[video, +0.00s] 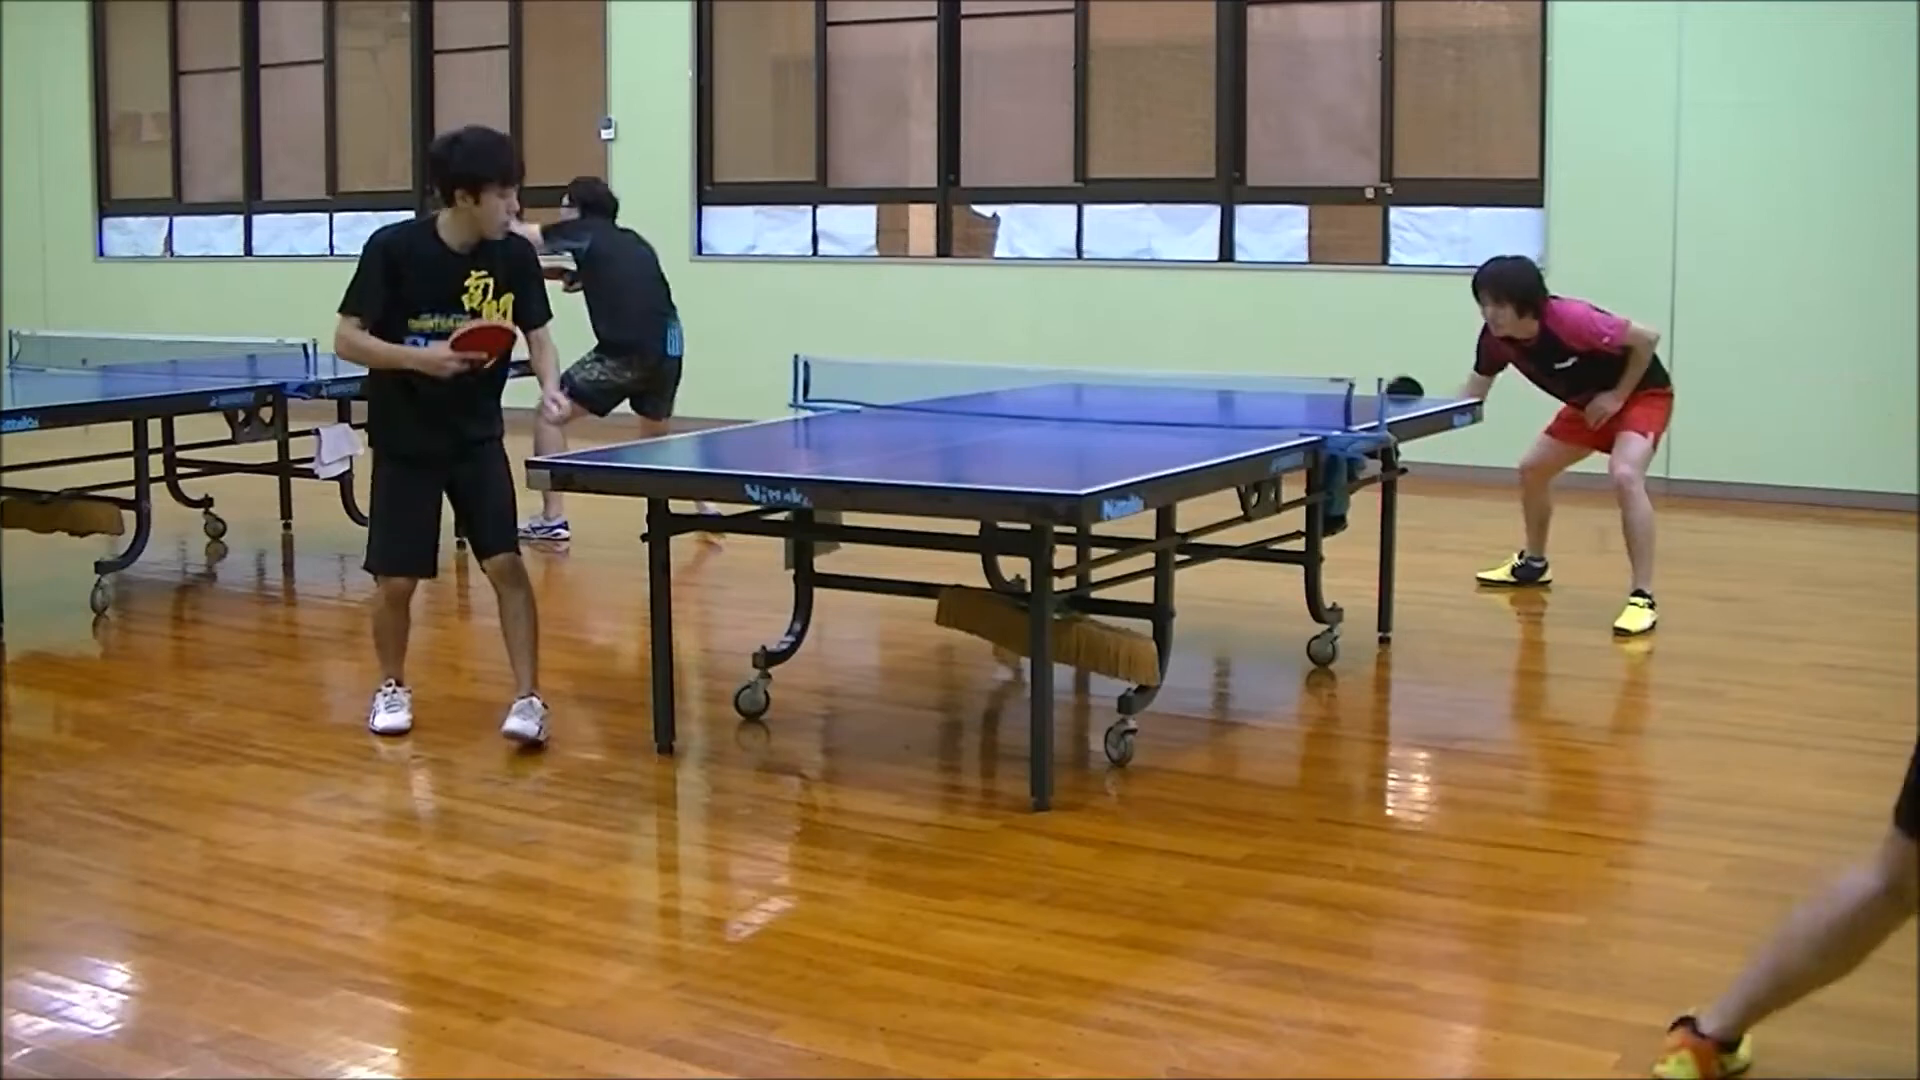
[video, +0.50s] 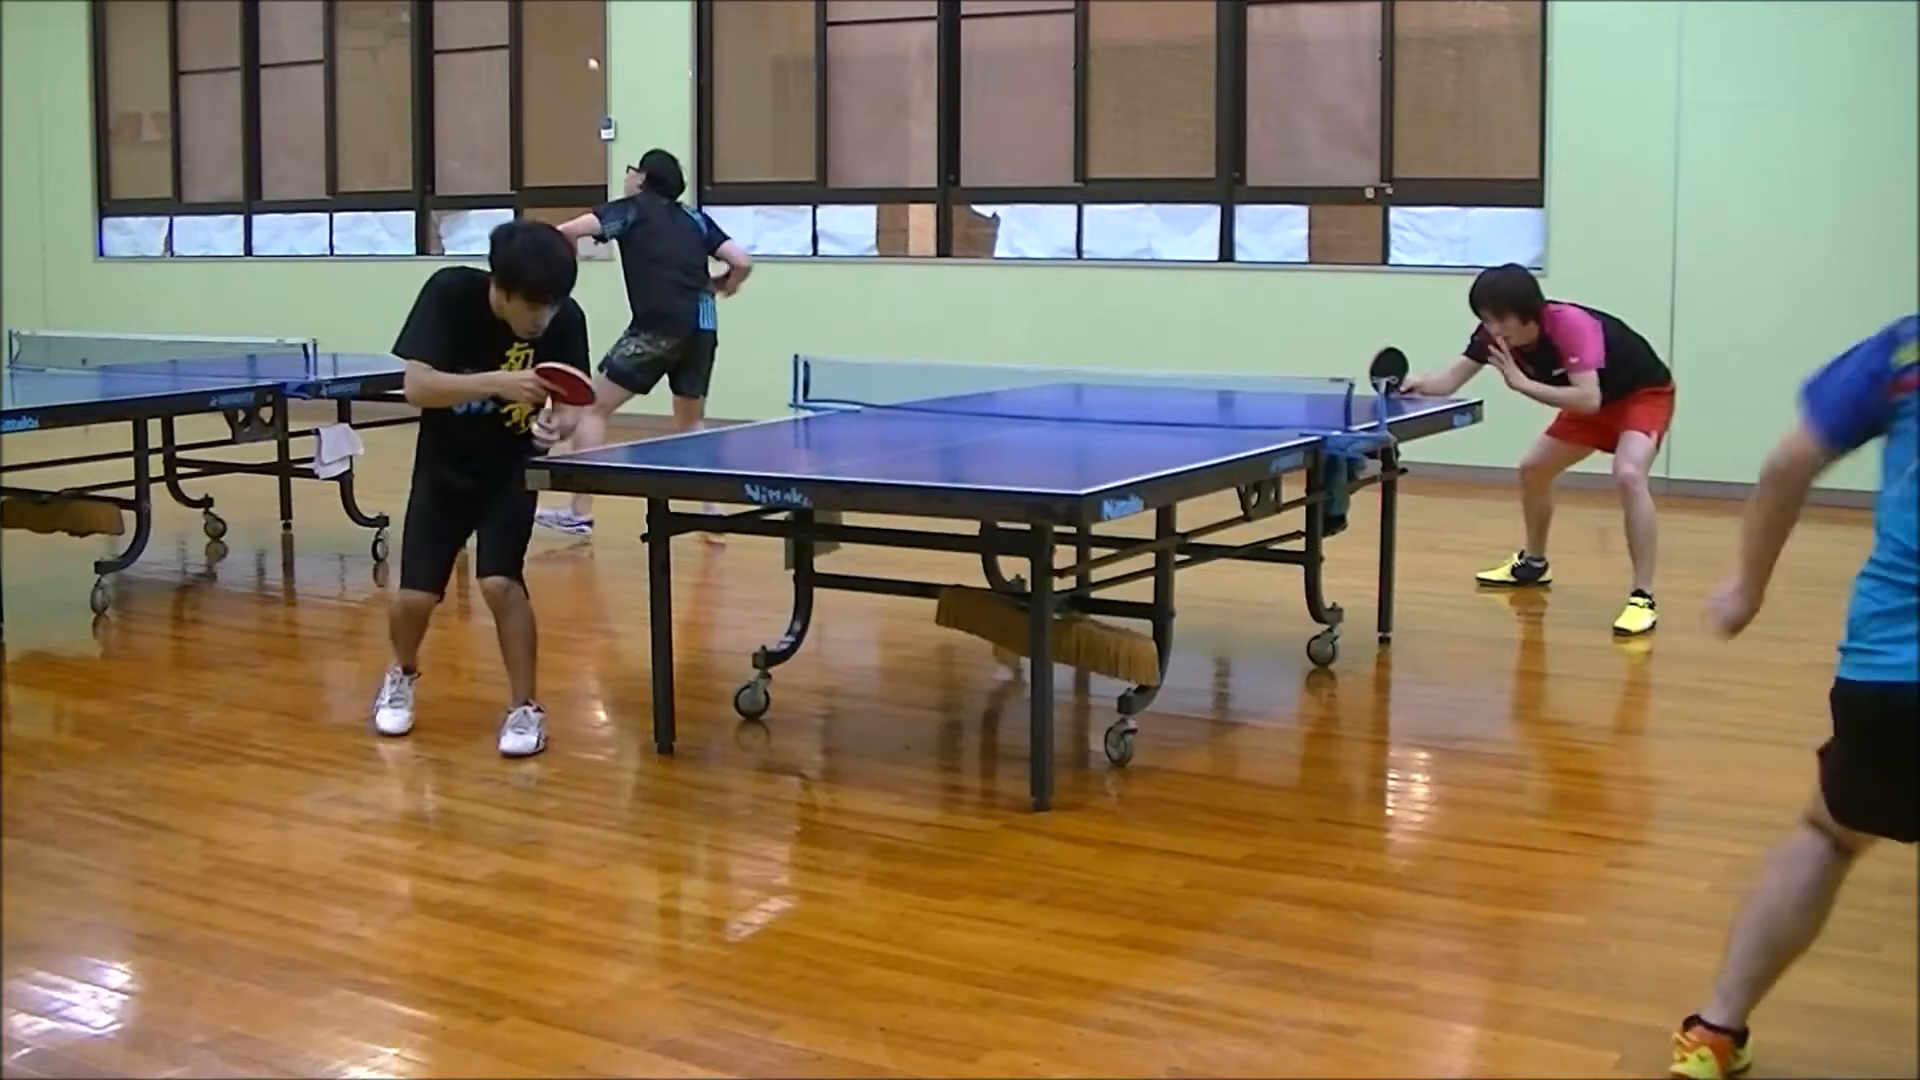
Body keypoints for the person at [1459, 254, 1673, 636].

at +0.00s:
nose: (1488, 313)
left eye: (1497, 304)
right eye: (1484, 304)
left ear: (1524, 305)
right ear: (1481, 304)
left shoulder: (1571, 321)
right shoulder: (1495, 336)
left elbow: (1646, 338)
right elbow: (1475, 388)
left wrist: (1619, 394)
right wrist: (1439, 419)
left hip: (1643, 393)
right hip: (1589, 400)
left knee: (1625, 475)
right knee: (1533, 471)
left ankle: (1642, 598)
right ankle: (1533, 563)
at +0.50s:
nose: (1491, 329)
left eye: (1498, 320)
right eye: (1487, 321)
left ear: (1527, 316)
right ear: (1484, 319)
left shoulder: (1571, 325)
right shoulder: (1494, 332)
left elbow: (1589, 401)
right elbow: (1451, 379)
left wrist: (1523, 385)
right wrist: (1416, 384)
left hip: (1645, 392)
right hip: (1592, 401)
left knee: (1629, 474)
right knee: (1533, 470)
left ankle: (1643, 597)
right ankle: (1534, 562)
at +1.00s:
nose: (1481, 302)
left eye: (1490, 291)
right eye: (1475, 293)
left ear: (1519, 292)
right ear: (1471, 296)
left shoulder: (1562, 314)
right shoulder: (1489, 330)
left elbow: (1604, 381)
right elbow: (1451, 381)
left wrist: (1534, 392)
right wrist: (1415, 385)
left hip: (1641, 389)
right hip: (1589, 396)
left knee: (1626, 473)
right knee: (1535, 471)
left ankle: (1642, 597)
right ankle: (1534, 563)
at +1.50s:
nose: (1480, 291)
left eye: (1488, 280)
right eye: (1474, 283)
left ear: (1516, 281)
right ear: (1472, 286)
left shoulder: (1562, 302)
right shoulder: (1488, 323)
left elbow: (1640, 327)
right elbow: (1451, 373)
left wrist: (1655, 380)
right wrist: (1415, 381)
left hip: (1634, 386)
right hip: (1585, 396)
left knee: (1626, 475)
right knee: (1536, 470)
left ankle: (1642, 597)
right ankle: (1534, 563)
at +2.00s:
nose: (1480, 290)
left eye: (1489, 279)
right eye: (1475, 281)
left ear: (1517, 280)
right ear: (1473, 284)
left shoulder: (1561, 300)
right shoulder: (1489, 321)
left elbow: (1637, 329)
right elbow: (1451, 370)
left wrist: (1657, 381)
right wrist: (1414, 381)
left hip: (1635, 387)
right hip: (1586, 396)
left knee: (1627, 475)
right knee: (1536, 470)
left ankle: (1642, 597)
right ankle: (1534, 563)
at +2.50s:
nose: (1491, 224)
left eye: (1502, 215)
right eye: (1487, 215)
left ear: (1529, 221)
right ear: (1485, 221)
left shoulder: (1565, 258)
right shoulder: (1493, 273)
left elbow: (1632, 305)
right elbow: (1465, 333)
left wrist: (1634, 374)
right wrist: (1434, 337)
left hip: (1622, 381)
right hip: (1573, 387)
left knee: (1620, 473)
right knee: (1534, 469)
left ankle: (1642, 596)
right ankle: (1533, 562)